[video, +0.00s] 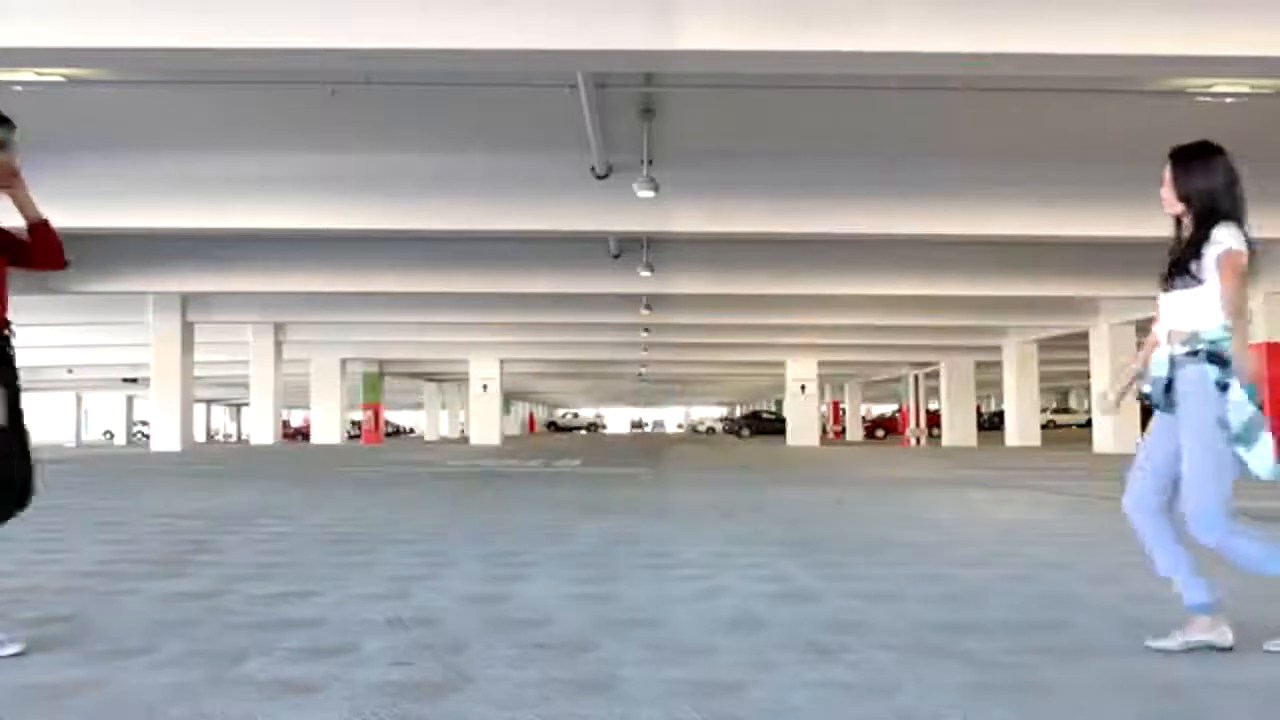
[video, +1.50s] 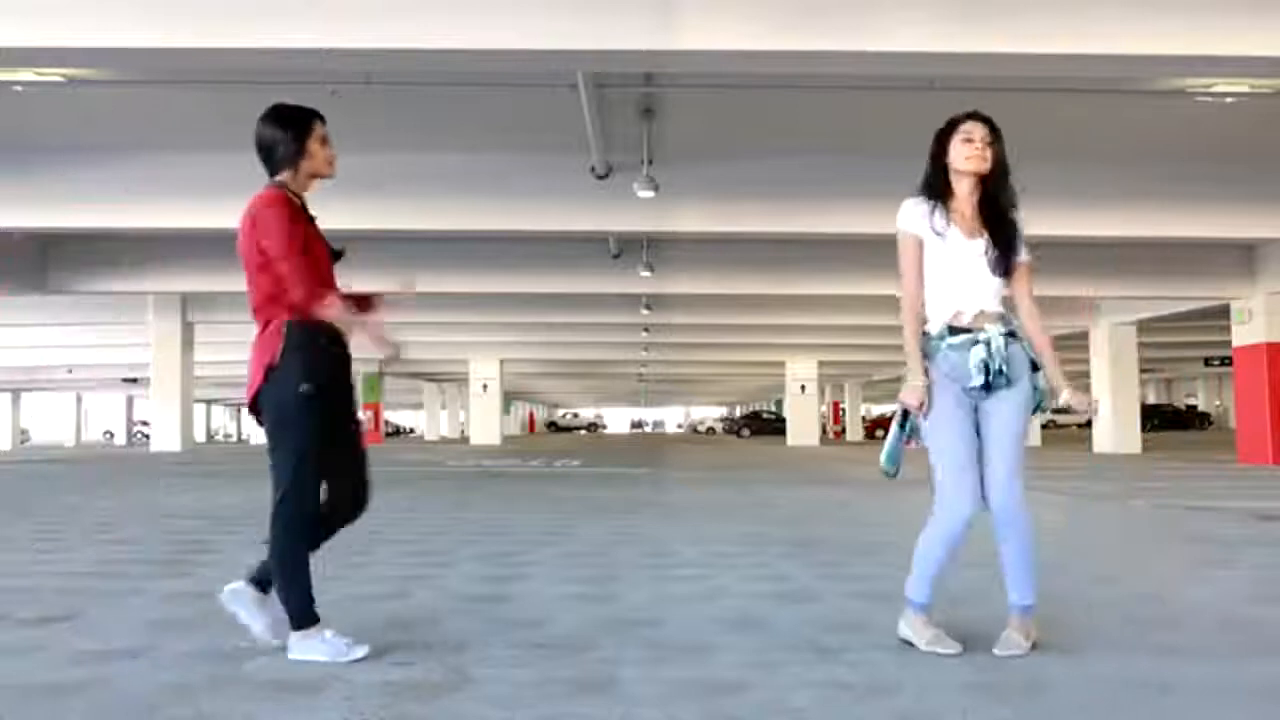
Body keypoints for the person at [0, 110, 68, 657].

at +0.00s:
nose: (11, 167)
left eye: (11, 157)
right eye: (6, 157)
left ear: (7, 161)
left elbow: (51, 256)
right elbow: (51, 255)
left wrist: (18, 191)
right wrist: (19, 193)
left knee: (12, 486)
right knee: (9, 486)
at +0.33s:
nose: (81, 171)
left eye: (84, 162)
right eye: (76, 159)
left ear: (48, 160)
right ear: (43, 154)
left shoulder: (47, 221)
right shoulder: (9, 202)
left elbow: (120, 252)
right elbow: (7, 302)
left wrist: (84, 192)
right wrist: (51, 373)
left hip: (53, 365)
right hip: (15, 368)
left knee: (78, 492)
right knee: (3, 503)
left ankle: (121, 614)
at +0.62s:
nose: (147, 171)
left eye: (151, 163)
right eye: (141, 159)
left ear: (136, 165)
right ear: (109, 153)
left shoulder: (127, 224)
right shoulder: (71, 203)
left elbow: (200, 245)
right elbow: (52, 294)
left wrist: (151, 195)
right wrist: (68, 378)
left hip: (145, 358)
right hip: (95, 358)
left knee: (144, 500)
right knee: (94, 499)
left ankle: (139, 626)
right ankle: (4, 591)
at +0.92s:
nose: (216, 159)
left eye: (215, 148)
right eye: (209, 148)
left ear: (189, 154)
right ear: (179, 150)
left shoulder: (193, 224)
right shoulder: (137, 205)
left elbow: (263, 240)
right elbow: (119, 293)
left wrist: (215, 193)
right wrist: (131, 373)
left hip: (195, 353)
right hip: (157, 352)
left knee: (168, 492)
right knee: (206, 487)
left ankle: (138, 624)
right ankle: (183, 625)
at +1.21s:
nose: (275, 157)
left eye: (272, 147)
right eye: (266, 148)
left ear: (241, 159)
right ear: (239, 156)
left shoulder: (248, 220)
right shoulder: (211, 212)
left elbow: (302, 283)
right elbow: (203, 305)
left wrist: (275, 225)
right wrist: (214, 387)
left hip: (258, 362)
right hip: (230, 364)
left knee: (210, 500)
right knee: (265, 496)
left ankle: (144, 618)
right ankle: (303, 630)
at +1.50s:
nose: (333, 151)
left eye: (329, 142)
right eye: (324, 142)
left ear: (294, 152)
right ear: (298, 150)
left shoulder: (297, 213)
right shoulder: (271, 207)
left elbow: (312, 296)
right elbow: (300, 289)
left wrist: (367, 300)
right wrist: (355, 322)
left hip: (321, 356)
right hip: (291, 356)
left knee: (348, 495)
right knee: (295, 493)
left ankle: (257, 587)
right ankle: (304, 630)